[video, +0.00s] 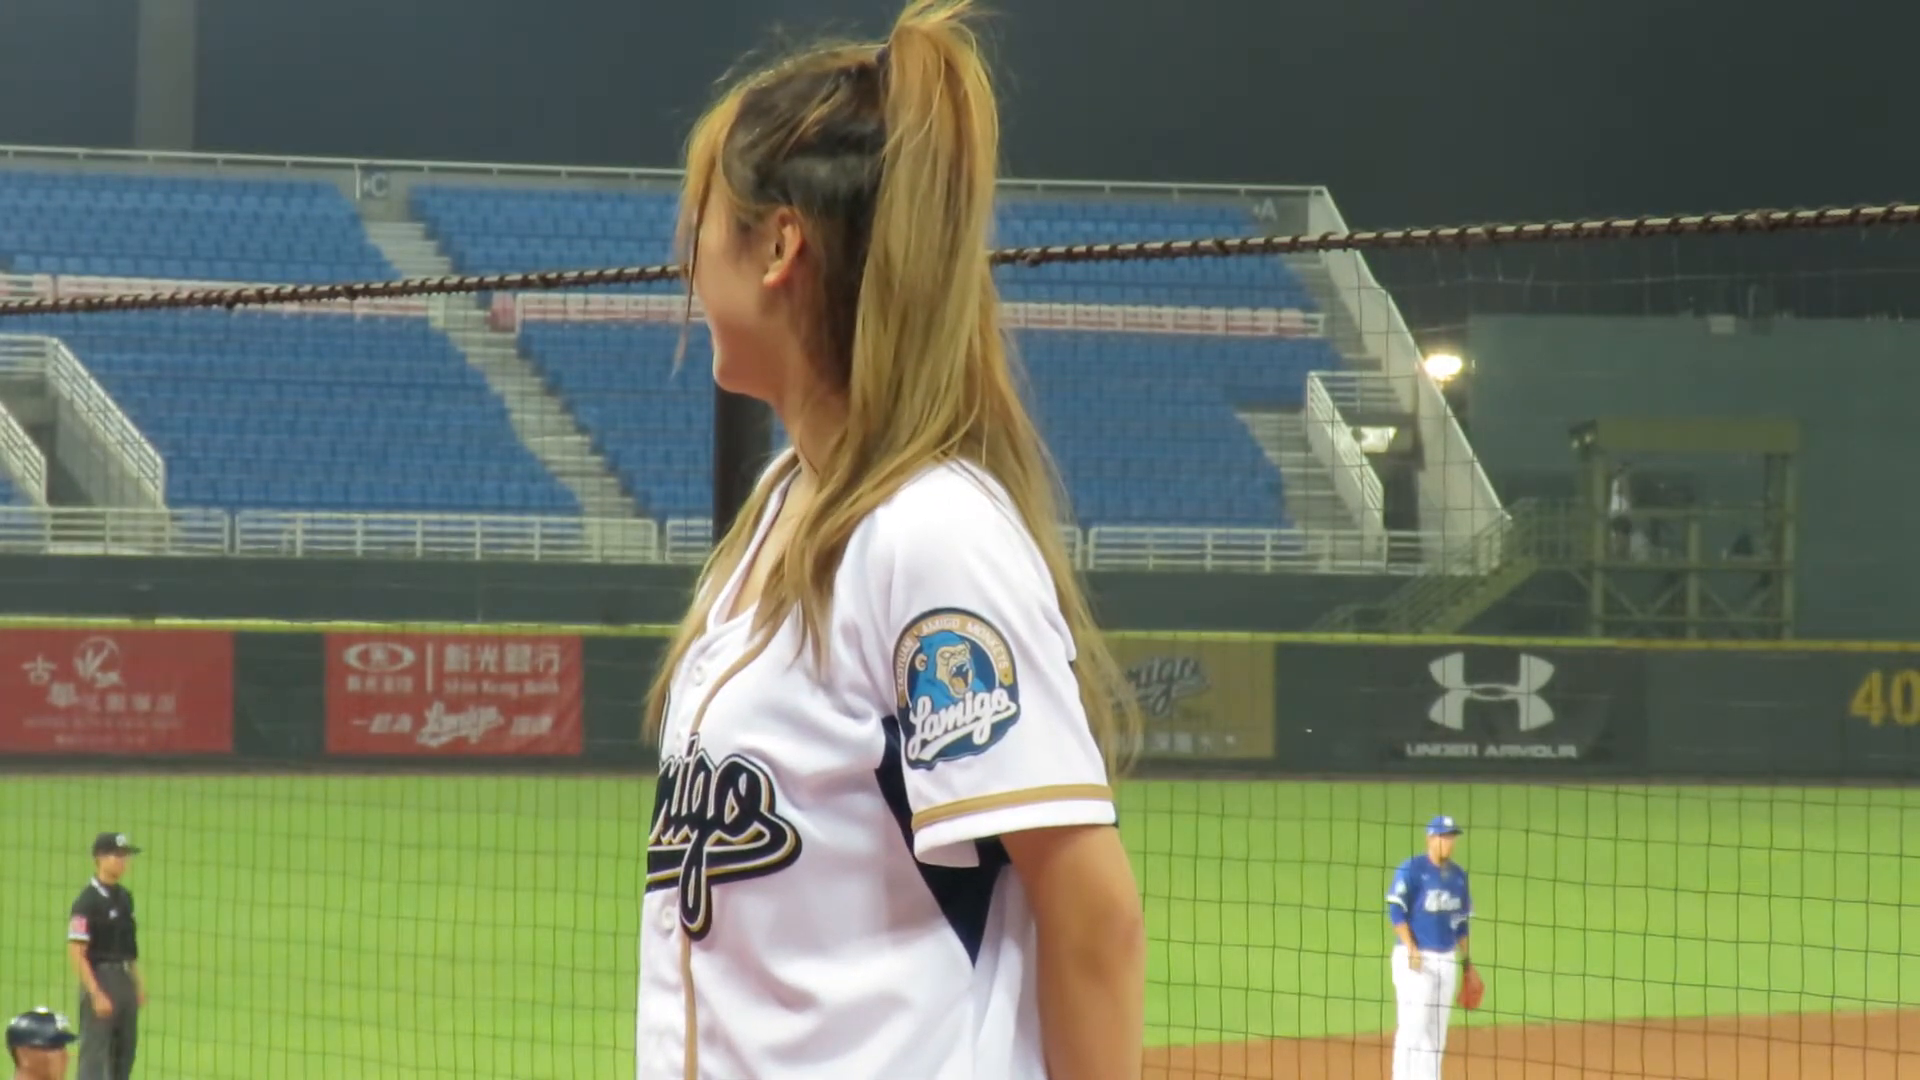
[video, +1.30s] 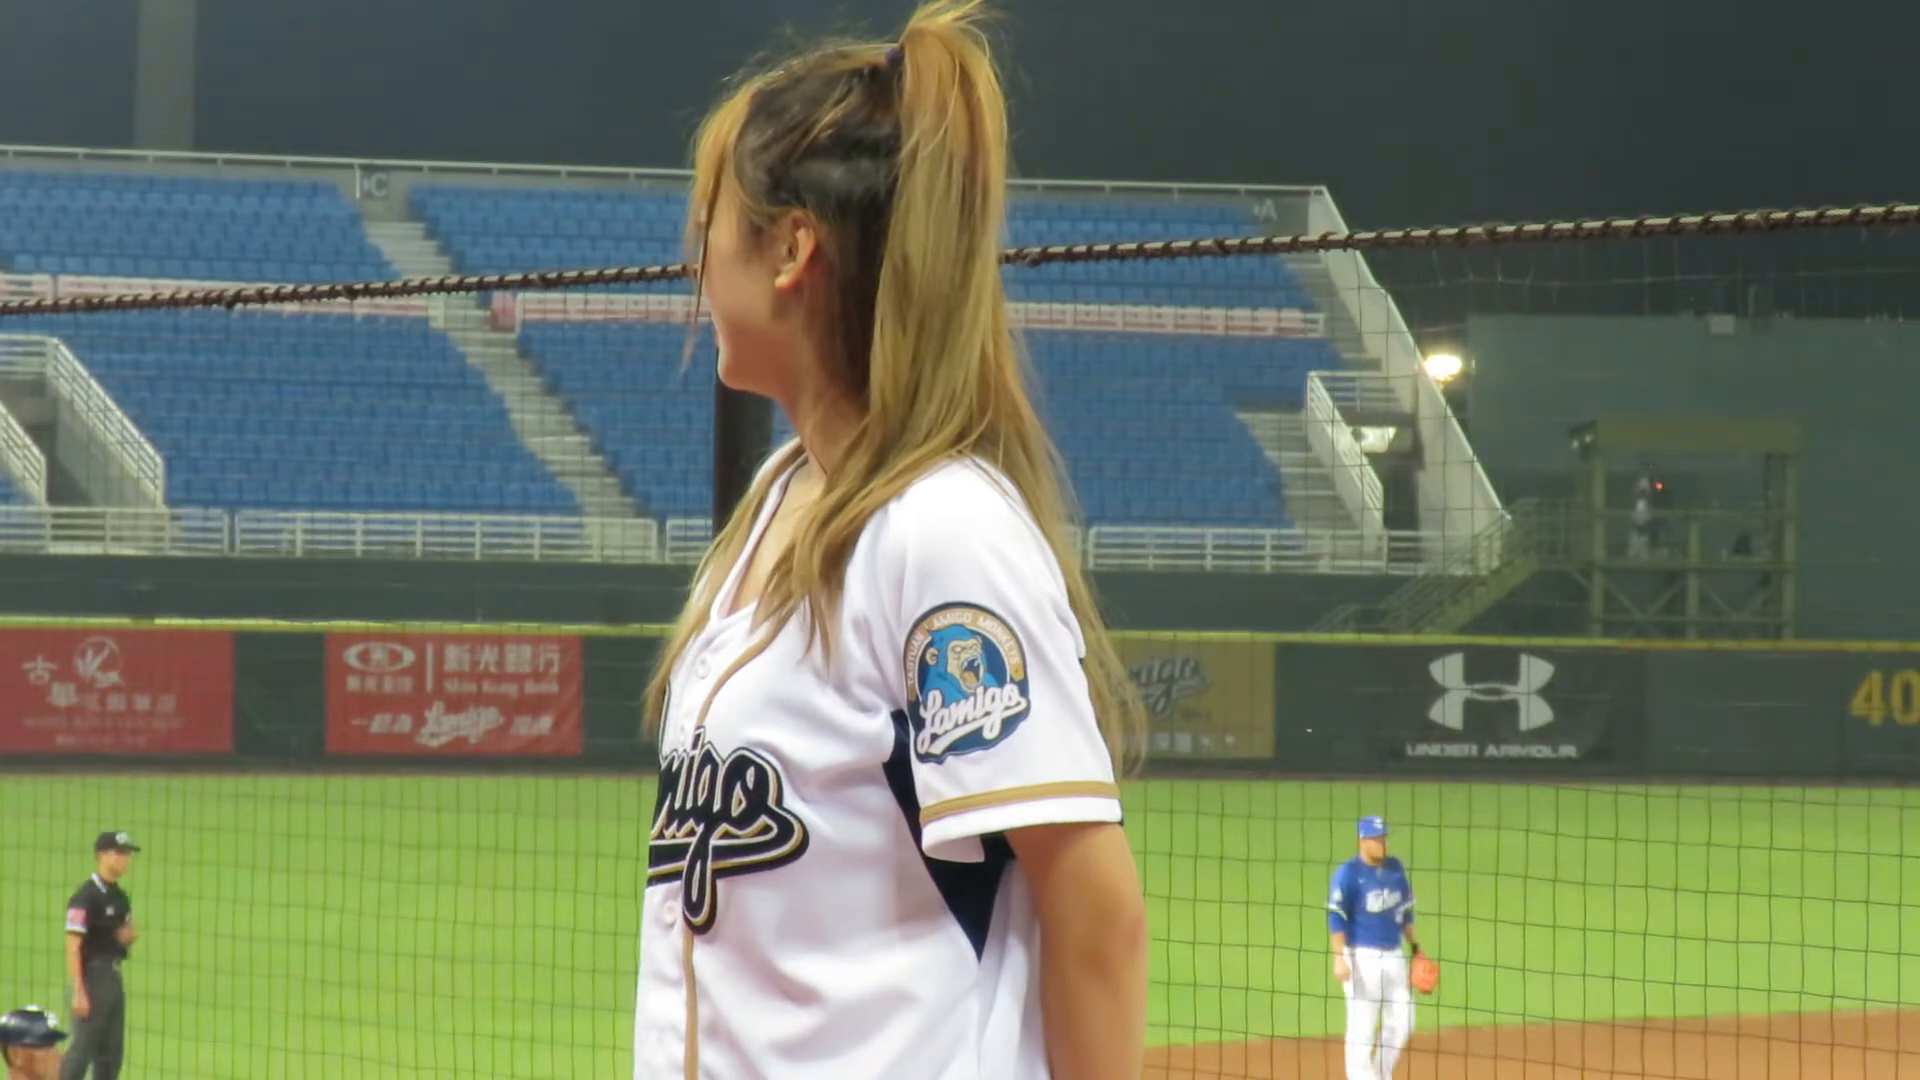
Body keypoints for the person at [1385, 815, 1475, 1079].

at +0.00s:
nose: (1448, 842)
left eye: (1451, 837)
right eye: (1442, 837)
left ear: (1454, 840)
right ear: (1430, 839)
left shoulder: (1458, 875)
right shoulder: (1412, 869)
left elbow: (1461, 924)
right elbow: (1395, 908)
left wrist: (1467, 965)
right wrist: (1411, 947)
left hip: (1447, 960)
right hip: (1415, 957)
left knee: (1436, 1032)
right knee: (1414, 1028)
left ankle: (1429, 1076)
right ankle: (1405, 1076)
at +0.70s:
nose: (1410, 840)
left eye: (1413, 835)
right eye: (1404, 835)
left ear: (1417, 838)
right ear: (1392, 838)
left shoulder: (1426, 872)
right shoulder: (1376, 871)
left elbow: (1432, 921)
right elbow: (1366, 914)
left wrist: (1439, 959)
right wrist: (1377, 953)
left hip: (1424, 958)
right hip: (1390, 957)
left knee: (1426, 1032)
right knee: (1378, 1030)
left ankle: (1426, 1077)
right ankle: (1365, 1076)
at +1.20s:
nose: (1380, 844)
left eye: (1383, 839)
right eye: (1374, 839)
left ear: (1388, 840)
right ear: (1362, 841)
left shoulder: (1397, 869)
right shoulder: (1349, 874)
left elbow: (1407, 916)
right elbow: (1338, 918)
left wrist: (1418, 950)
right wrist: (1341, 958)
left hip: (1397, 958)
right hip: (1364, 958)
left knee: (1407, 1025)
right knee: (1364, 1029)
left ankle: (1399, 1075)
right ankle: (1359, 1075)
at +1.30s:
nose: (1380, 845)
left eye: (1382, 839)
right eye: (1373, 840)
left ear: (1386, 840)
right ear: (1361, 841)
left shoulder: (1395, 868)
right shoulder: (1347, 873)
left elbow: (1405, 915)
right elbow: (1336, 917)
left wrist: (1415, 948)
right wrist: (1340, 956)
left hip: (1395, 957)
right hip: (1362, 957)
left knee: (1400, 1025)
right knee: (1363, 1027)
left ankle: (1381, 1074)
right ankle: (1361, 1075)